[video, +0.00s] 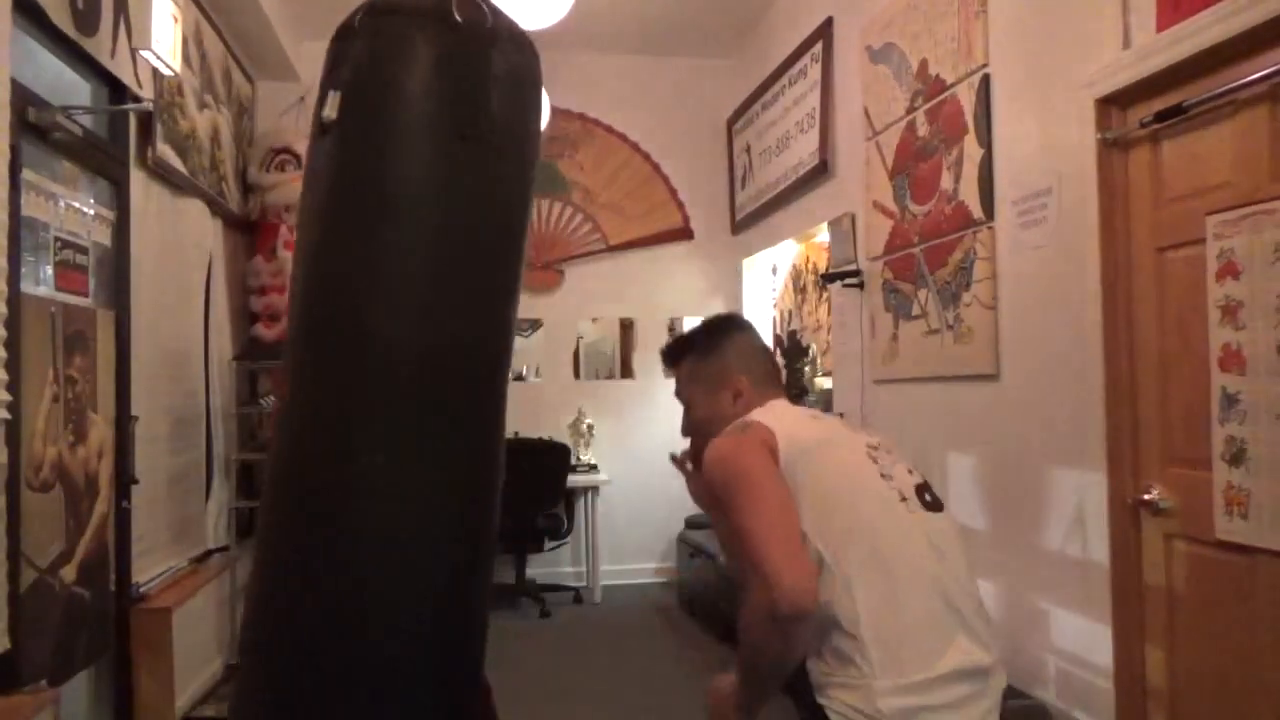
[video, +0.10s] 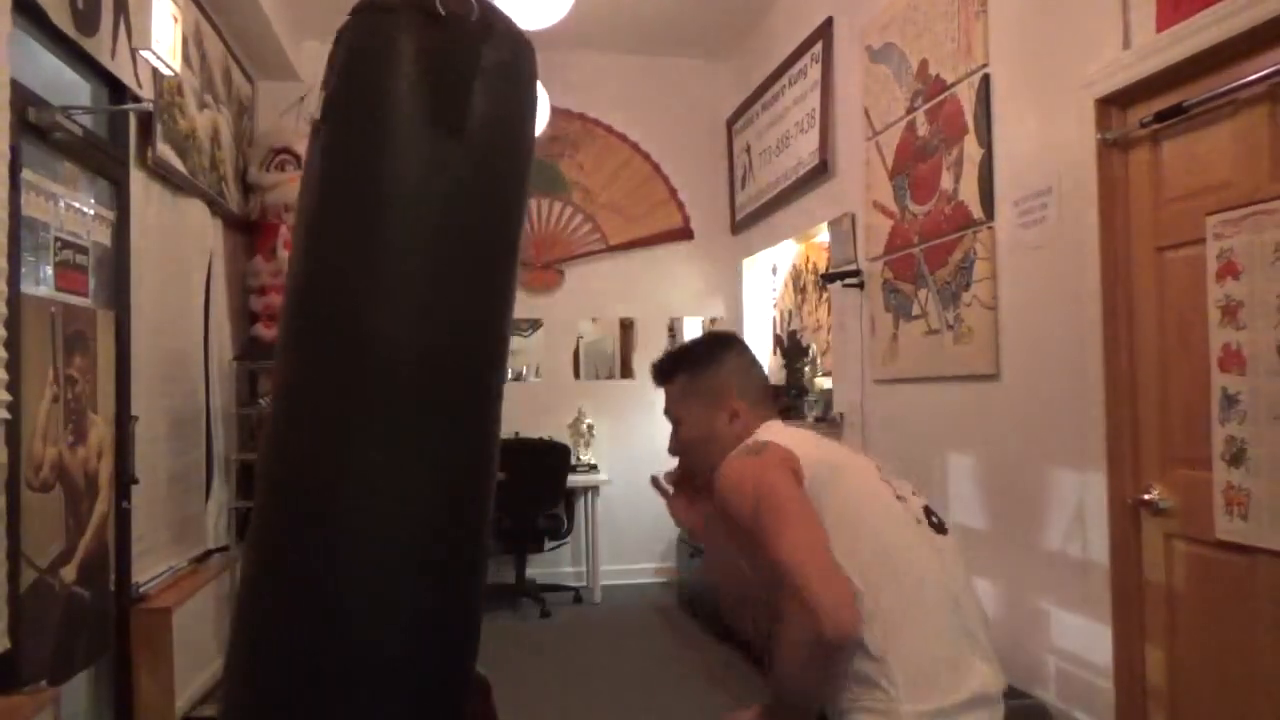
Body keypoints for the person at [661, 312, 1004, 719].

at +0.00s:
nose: (683, 428)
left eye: (687, 404)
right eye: (682, 406)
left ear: (736, 393)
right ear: (759, 389)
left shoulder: (738, 444)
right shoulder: (842, 431)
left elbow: (789, 598)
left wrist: (745, 696)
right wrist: (720, 509)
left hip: (883, 707)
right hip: (977, 698)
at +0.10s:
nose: (671, 444)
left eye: (677, 422)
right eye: (670, 424)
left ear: (734, 416)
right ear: (745, 416)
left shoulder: (750, 464)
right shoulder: (823, 452)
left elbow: (829, 618)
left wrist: (781, 711)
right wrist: (709, 529)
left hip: (902, 707)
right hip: (973, 698)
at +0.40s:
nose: (621, 362)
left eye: (631, 339)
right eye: (622, 340)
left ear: (704, 338)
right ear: (704, 340)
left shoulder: (809, 426)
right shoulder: (703, 456)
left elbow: (790, 637)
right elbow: (617, 584)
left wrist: (615, 541)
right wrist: (610, 438)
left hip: (899, 700)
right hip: (803, 686)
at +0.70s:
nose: (580, 315)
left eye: (591, 289)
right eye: (581, 290)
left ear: (664, 284)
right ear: (664, 287)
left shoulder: (775, 409)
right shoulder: (687, 394)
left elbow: (711, 644)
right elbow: (590, 506)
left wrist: (573, 517)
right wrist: (578, 371)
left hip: (832, 708)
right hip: (759, 693)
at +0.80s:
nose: (581, 319)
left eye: (585, 295)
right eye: (578, 297)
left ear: (651, 286)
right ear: (651, 286)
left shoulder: (763, 409)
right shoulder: (703, 381)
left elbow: (700, 641)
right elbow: (602, 501)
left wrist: (579, 477)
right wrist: (582, 372)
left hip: (821, 709)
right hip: (758, 692)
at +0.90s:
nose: (601, 306)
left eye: (606, 279)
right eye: (600, 281)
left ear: (663, 269)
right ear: (662, 270)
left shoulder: (758, 388)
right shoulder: (740, 363)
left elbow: (655, 594)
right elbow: (633, 486)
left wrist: (582, 415)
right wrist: (600, 397)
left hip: (804, 706)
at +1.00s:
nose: (635, 295)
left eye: (638, 273)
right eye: (632, 276)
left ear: (689, 259)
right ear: (693, 258)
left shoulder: (751, 362)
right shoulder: (790, 330)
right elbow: (645, 496)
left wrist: (585, 347)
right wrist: (639, 345)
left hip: (786, 704)